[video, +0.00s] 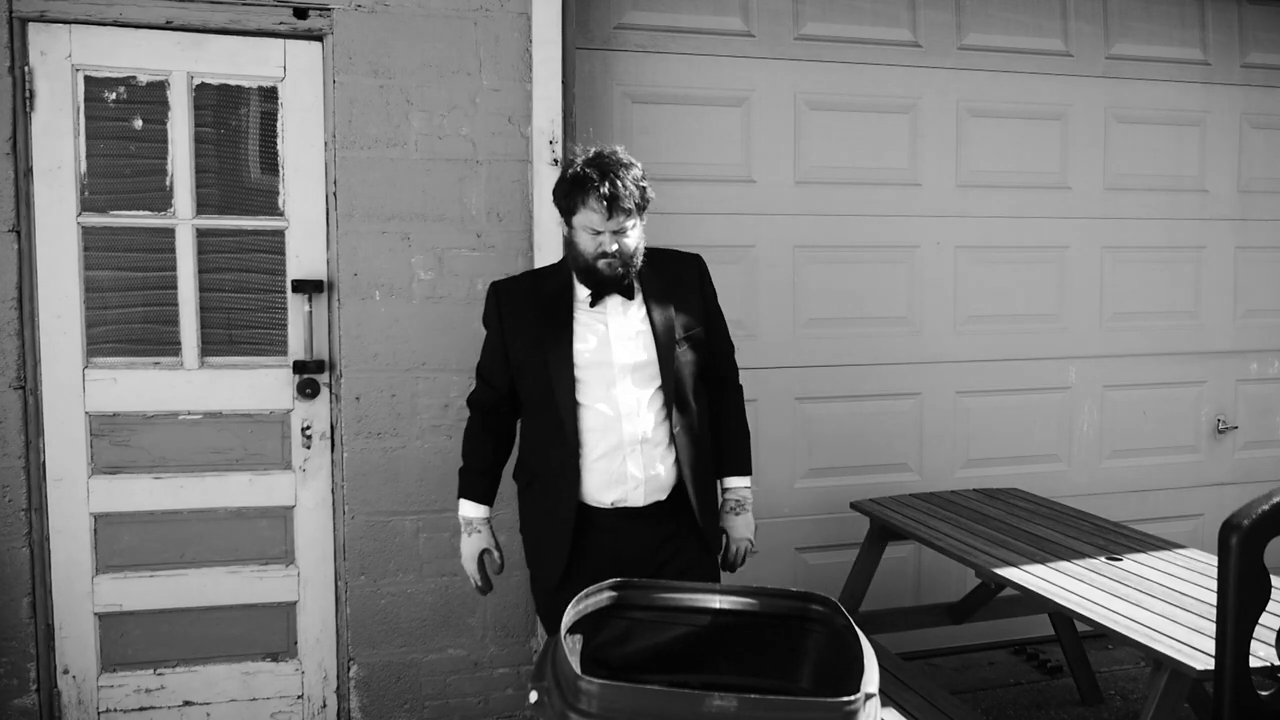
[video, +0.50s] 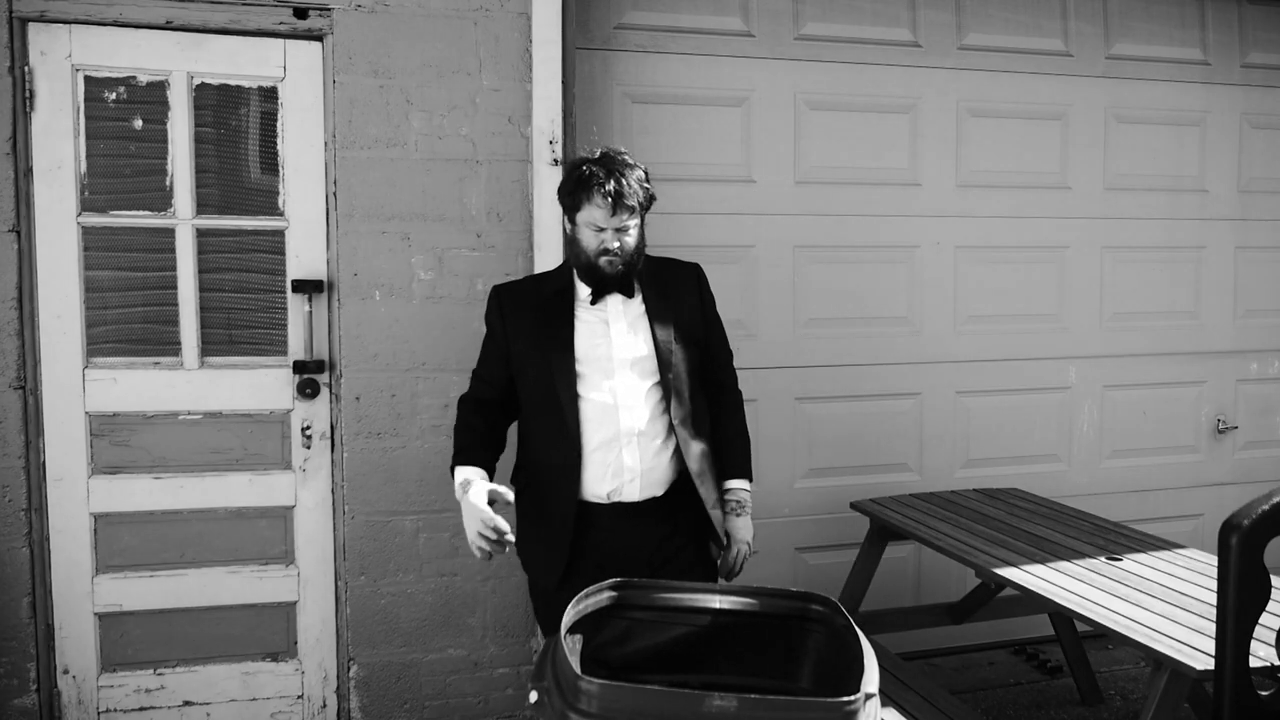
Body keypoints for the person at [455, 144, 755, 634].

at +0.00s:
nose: (610, 246)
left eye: (624, 230)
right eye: (593, 232)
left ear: (643, 222)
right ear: (567, 227)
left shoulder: (684, 279)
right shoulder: (517, 302)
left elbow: (722, 387)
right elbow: (492, 410)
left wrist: (738, 498)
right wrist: (474, 518)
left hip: (677, 528)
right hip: (573, 535)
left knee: (682, 692)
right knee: (586, 700)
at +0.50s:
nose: (613, 243)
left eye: (625, 228)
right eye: (597, 229)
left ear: (642, 223)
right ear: (568, 223)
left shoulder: (683, 287)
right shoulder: (518, 306)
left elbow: (721, 394)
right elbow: (485, 404)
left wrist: (738, 500)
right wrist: (470, 483)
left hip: (675, 529)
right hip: (570, 536)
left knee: (680, 696)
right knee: (585, 703)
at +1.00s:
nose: (602, 252)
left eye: (615, 236)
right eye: (585, 239)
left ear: (634, 224)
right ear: (558, 235)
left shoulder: (678, 285)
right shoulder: (530, 287)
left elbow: (718, 391)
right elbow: (455, 264)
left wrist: (735, 499)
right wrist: (533, 191)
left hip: (672, 523)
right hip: (568, 526)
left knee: (677, 688)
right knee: (578, 687)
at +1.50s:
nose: (605, 250)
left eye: (616, 232)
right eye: (587, 238)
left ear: (634, 221)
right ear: (558, 235)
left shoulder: (679, 286)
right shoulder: (529, 287)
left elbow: (719, 392)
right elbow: (455, 258)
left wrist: (737, 499)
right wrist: (530, 188)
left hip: (670, 527)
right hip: (566, 529)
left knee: (675, 691)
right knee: (577, 689)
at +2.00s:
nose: (603, 251)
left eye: (616, 235)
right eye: (586, 238)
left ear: (635, 224)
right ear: (558, 232)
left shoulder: (679, 286)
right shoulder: (530, 286)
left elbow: (719, 394)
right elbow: (456, 258)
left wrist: (735, 502)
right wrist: (535, 189)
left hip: (669, 527)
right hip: (565, 530)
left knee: (675, 693)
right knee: (577, 691)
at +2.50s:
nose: (611, 252)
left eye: (622, 235)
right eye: (594, 239)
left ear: (639, 223)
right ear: (565, 235)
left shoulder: (680, 287)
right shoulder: (526, 287)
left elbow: (719, 395)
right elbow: (441, 278)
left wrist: (734, 502)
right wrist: (510, 202)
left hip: (671, 528)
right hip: (566, 532)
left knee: (676, 696)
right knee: (576, 694)